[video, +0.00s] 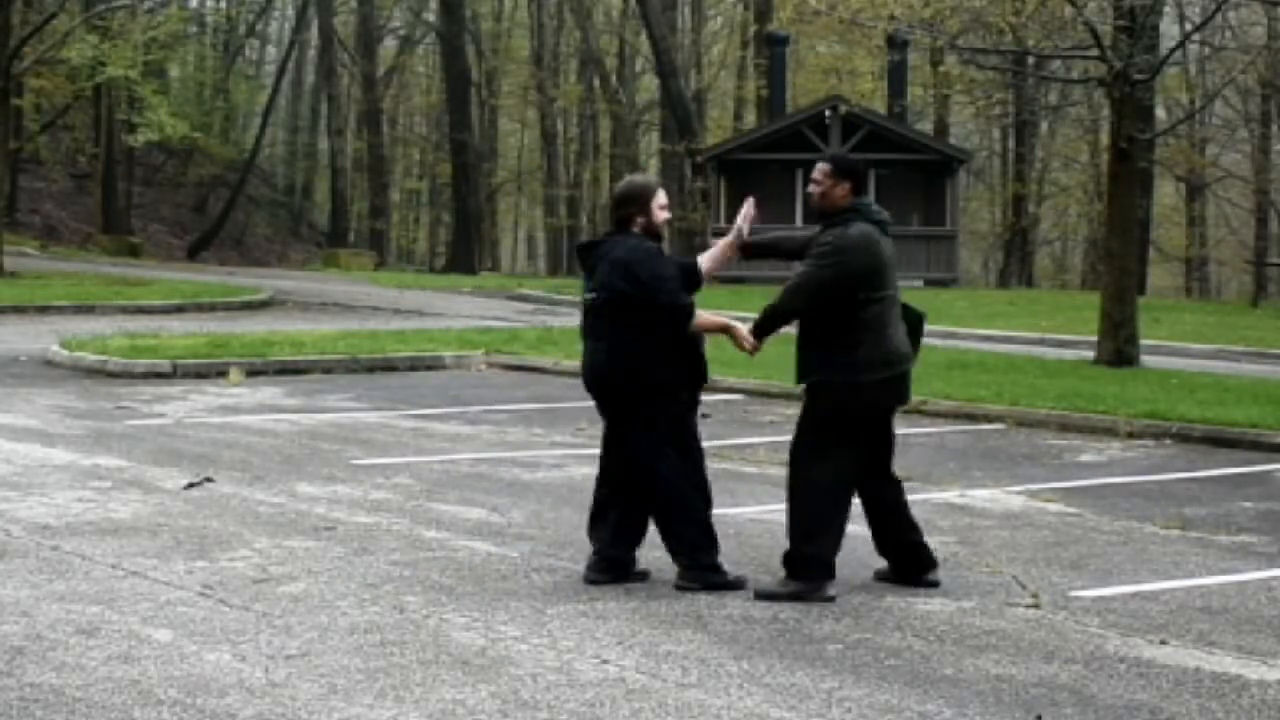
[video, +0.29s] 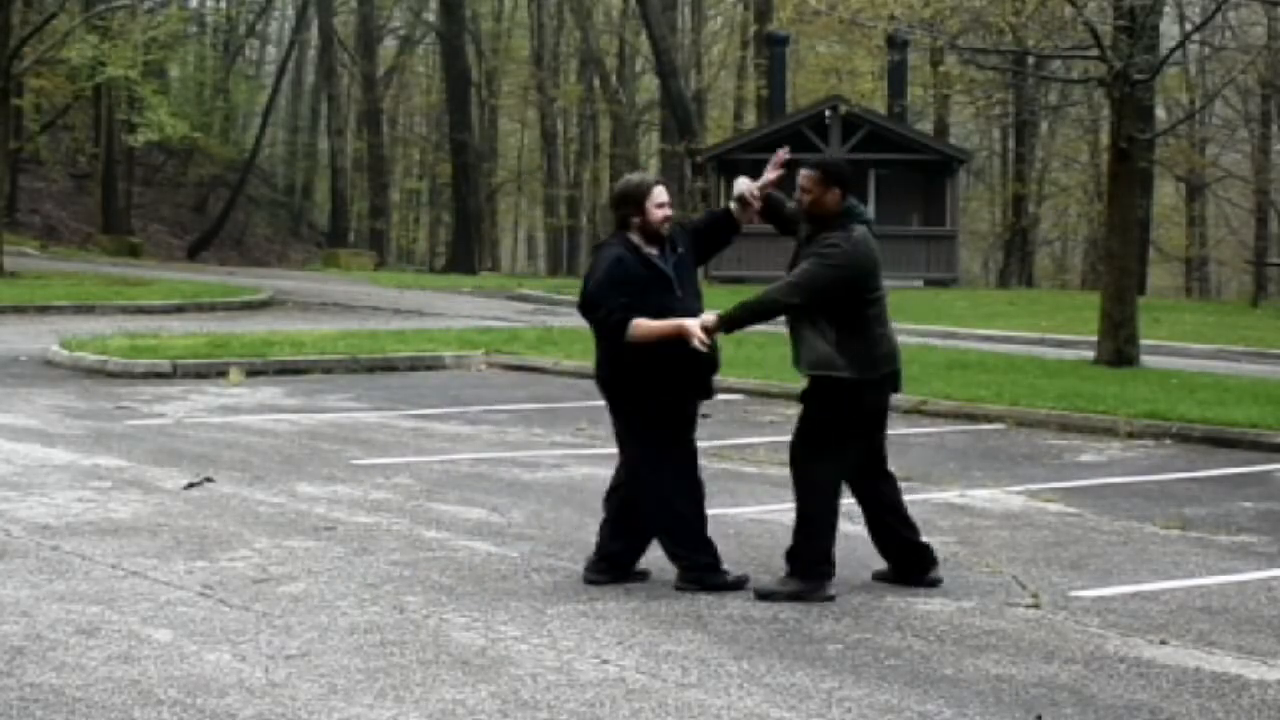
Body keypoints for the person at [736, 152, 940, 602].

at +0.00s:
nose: (810, 190)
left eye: (818, 183)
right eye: (811, 182)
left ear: (844, 189)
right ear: (842, 191)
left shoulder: (845, 241)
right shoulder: (862, 231)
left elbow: (796, 296)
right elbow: (800, 244)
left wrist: (760, 328)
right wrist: (745, 246)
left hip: (846, 380)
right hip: (874, 375)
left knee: (814, 468)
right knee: (872, 472)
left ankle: (808, 575)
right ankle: (912, 563)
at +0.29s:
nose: (799, 199)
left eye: (808, 192)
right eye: (799, 191)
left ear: (835, 195)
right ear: (818, 195)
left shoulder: (844, 247)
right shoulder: (824, 226)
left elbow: (786, 295)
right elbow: (787, 217)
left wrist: (723, 321)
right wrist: (759, 195)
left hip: (845, 378)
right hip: (857, 375)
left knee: (812, 462)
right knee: (866, 470)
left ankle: (811, 574)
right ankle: (911, 561)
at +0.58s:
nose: (770, 222)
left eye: (777, 216)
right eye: (770, 214)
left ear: (803, 217)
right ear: (796, 216)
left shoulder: (826, 254)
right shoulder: (789, 237)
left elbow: (749, 270)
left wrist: (694, 240)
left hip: (837, 373)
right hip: (806, 369)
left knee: (796, 456)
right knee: (787, 452)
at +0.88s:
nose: (761, 226)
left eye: (769, 220)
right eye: (762, 218)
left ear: (794, 222)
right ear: (778, 220)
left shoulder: (823, 259)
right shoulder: (768, 253)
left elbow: (753, 271)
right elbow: (727, 290)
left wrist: (746, 238)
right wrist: (692, 321)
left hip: (815, 387)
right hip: (771, 380)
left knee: (808, 478)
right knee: (739, 466)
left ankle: (823, 573)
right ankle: (720, 548)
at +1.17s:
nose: (747, 210)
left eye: (756, 203)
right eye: (745, 201)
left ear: (783, 204)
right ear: (749, 201)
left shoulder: (813, 247)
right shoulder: (749, 236)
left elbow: (766, 287)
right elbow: (721, 284)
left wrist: (728, 254)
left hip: (807, 377)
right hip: (756, 374)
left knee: (806, 475)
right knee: (733, 460)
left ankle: (823, 572)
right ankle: (728, 555)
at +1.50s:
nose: (702, 242)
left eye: (710, 234)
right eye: (700, 234)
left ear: (738, 231)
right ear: (725, 233)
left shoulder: (781, 281)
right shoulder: (715, 273)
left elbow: (764, 342)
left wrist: (701, 328)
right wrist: (680, 311)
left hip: (788, 396)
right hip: (740, 392)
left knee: (800, 482)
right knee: (691, 455)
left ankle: (839, 575)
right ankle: (672, 549)